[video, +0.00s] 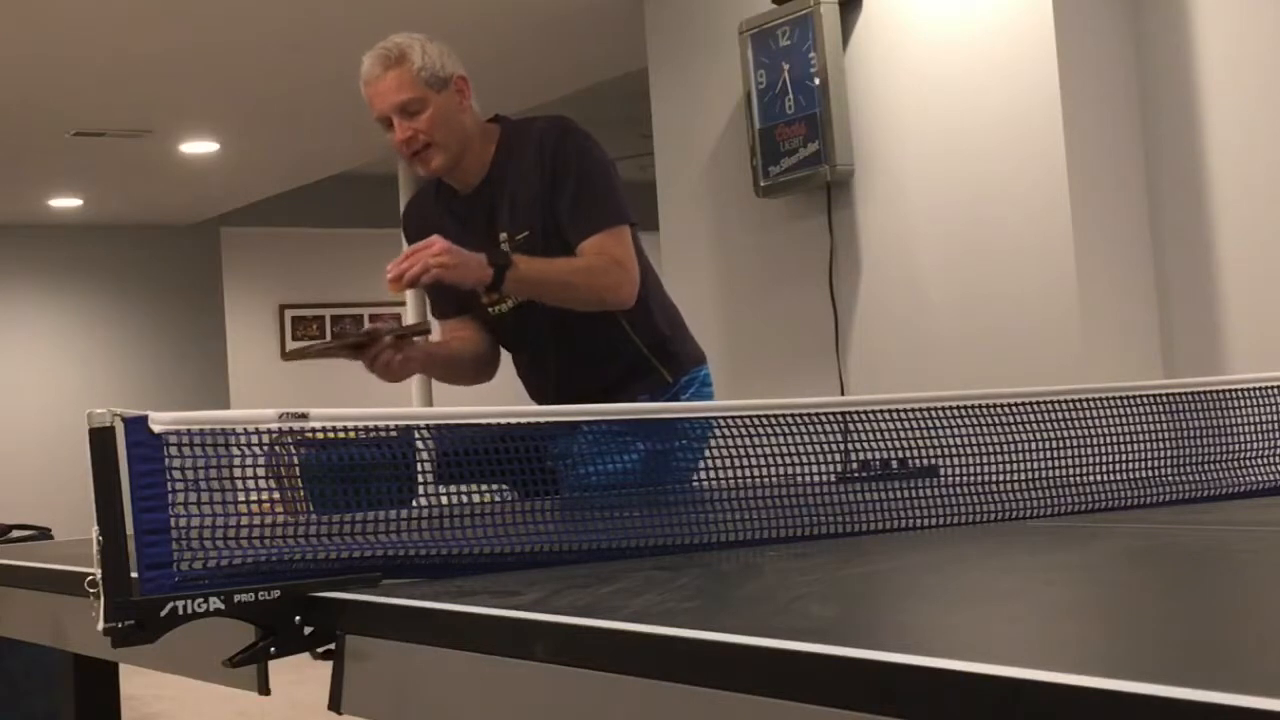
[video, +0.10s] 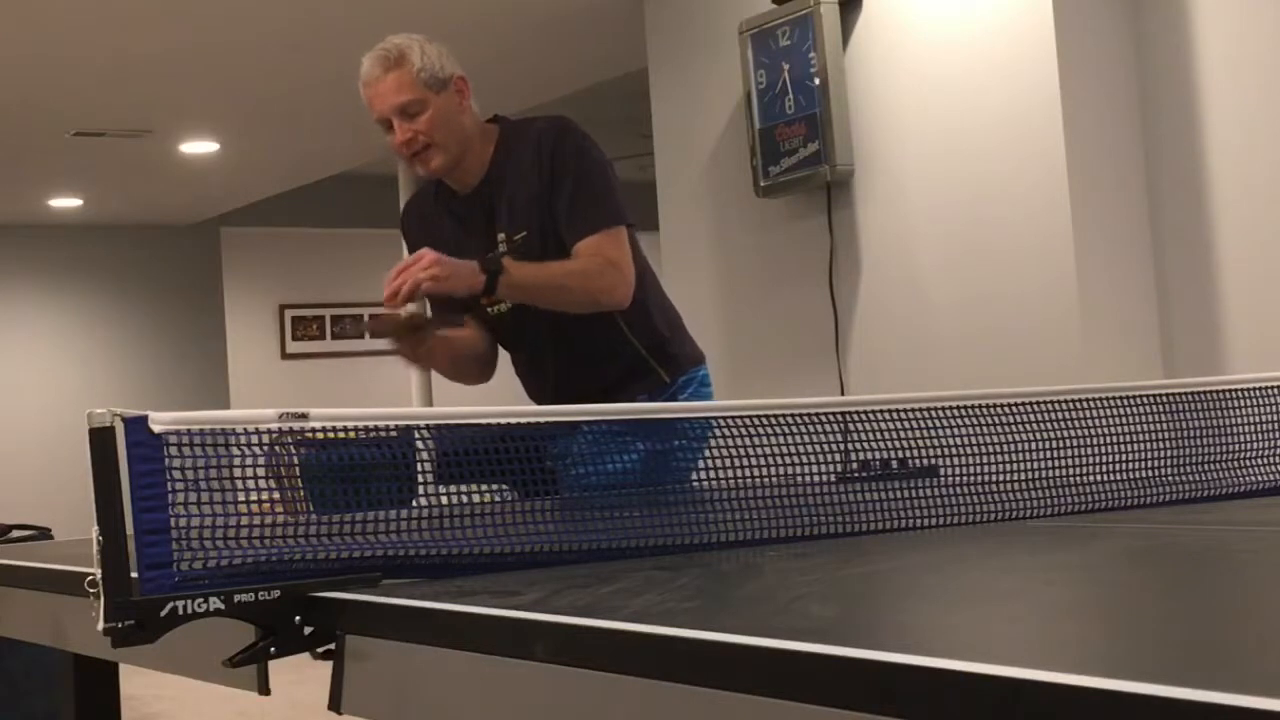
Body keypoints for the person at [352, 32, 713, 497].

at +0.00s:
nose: (403, 135)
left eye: (412, 110)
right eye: (388, 124)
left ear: (460, 92)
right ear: (383, 130)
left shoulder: (557, 146)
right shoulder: (426, 215)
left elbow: (618, 281)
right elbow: (479, 357)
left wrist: (488, 270)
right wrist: (419, 357)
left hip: (665, 393)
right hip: (575, 417)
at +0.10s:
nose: (402, 137)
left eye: (411, 112)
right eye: (387, 125)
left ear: (460, 92)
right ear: (382, 131)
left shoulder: (555, 145)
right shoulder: (423, 217)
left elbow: (612, 281)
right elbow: (478, 362)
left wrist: (481, 277)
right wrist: (420, 343)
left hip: (665, 394)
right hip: (573, 418)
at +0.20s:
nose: (403, 135)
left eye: (412, 110)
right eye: (387, 124)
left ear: (459, 92)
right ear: (381, 132)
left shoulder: (554, 145)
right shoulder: (421, 217)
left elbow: (610, 281)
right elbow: (473, 367)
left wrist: (477, 281)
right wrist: (432, 328)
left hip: (664, 392)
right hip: (572, 416)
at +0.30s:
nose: (403, 133)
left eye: (412, 108)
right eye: (386, 122)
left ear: (460, 91)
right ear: (382, 130)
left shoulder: (556, 145)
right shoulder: (420, 216)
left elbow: (615, 280)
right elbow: (472, 364)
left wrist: (487, 276)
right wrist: (419, 341)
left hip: (663, 392)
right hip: (570, 416)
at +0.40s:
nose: (405, 131)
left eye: (414, 107)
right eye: (388, 121)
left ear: (460, 91)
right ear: (382, 130)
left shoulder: (556, 145)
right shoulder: (420, 216)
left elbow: (618, 280)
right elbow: (473, 362)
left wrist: (493, 270)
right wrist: (422, 354)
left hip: (661, 394)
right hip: (567, 416)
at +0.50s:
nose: (405, 132)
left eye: (414, 108)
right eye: (388, 122)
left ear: (461, 92)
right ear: (382, 130)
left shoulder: (557, 145)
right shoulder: (419, 215)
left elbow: (617, 281)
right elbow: (473, 362)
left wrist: (491, 270)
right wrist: (432, 351)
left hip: (661, 394)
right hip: (567, 416)